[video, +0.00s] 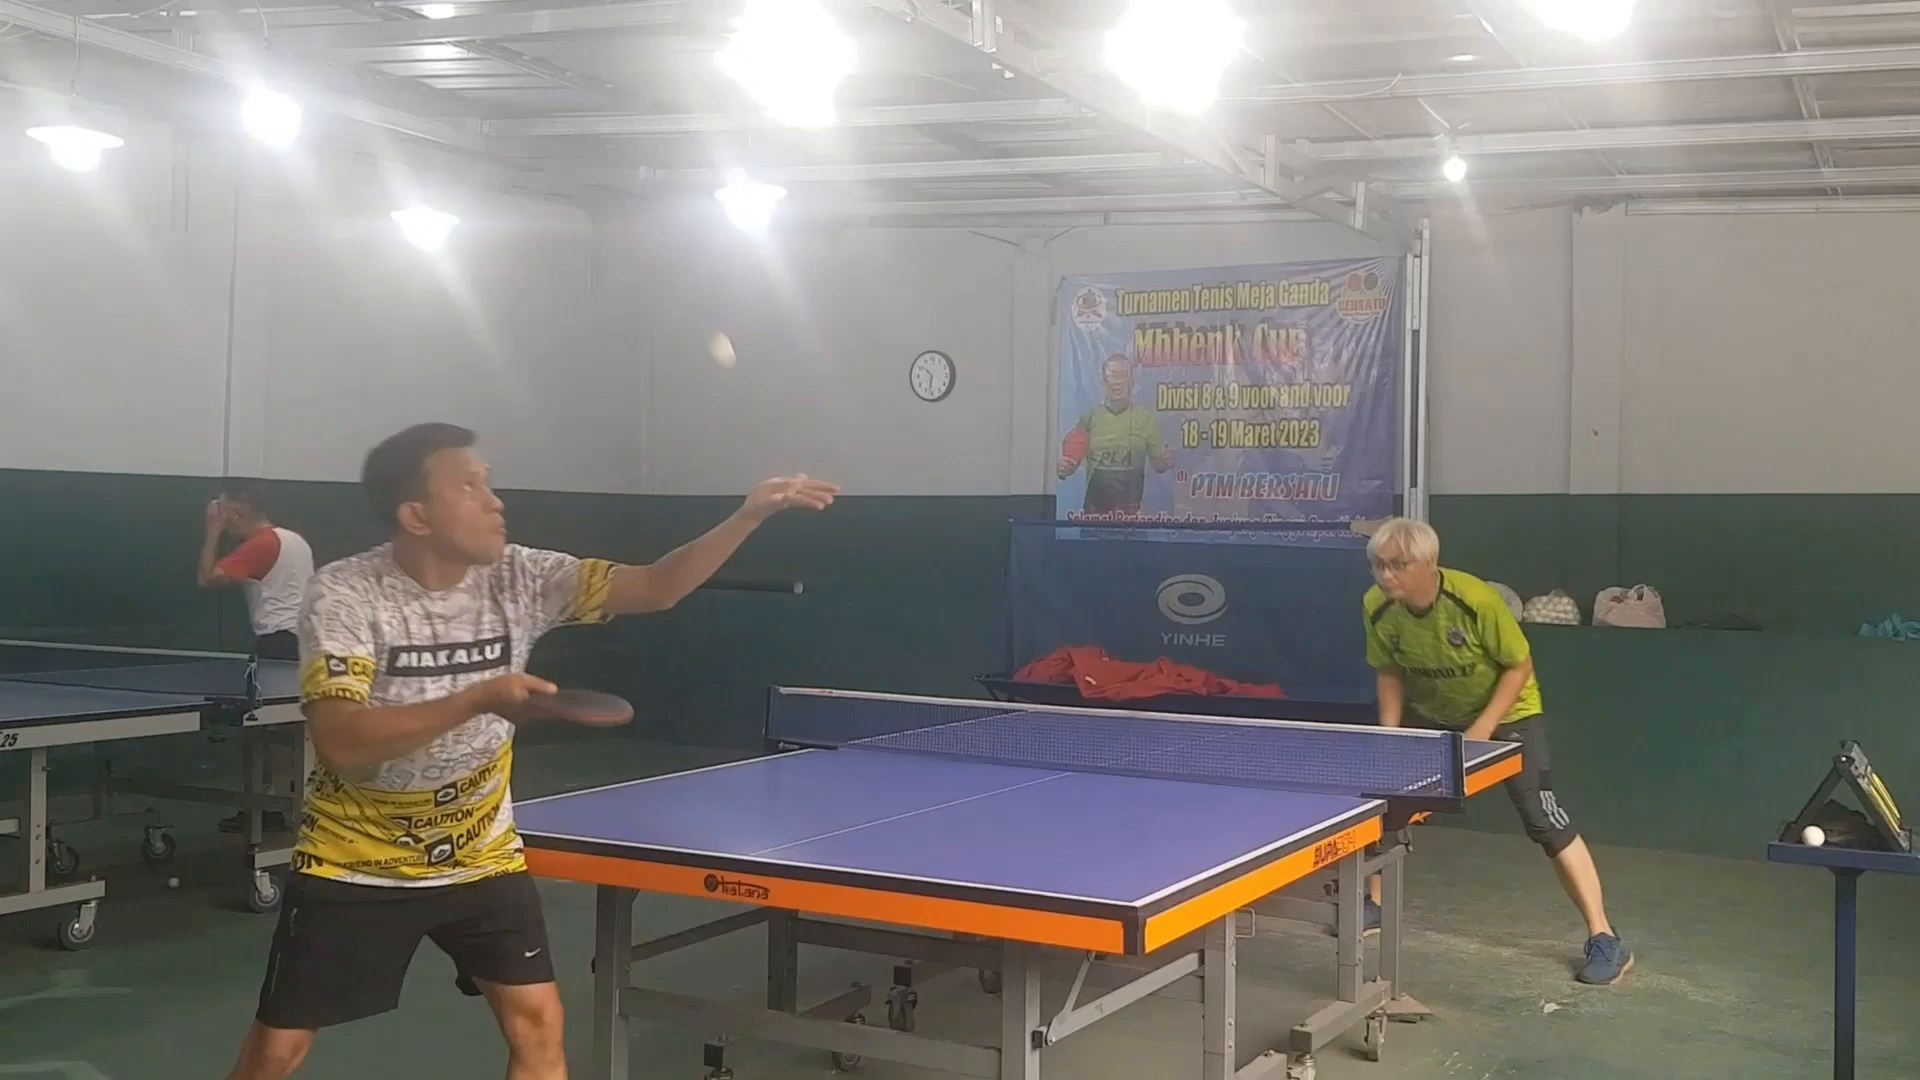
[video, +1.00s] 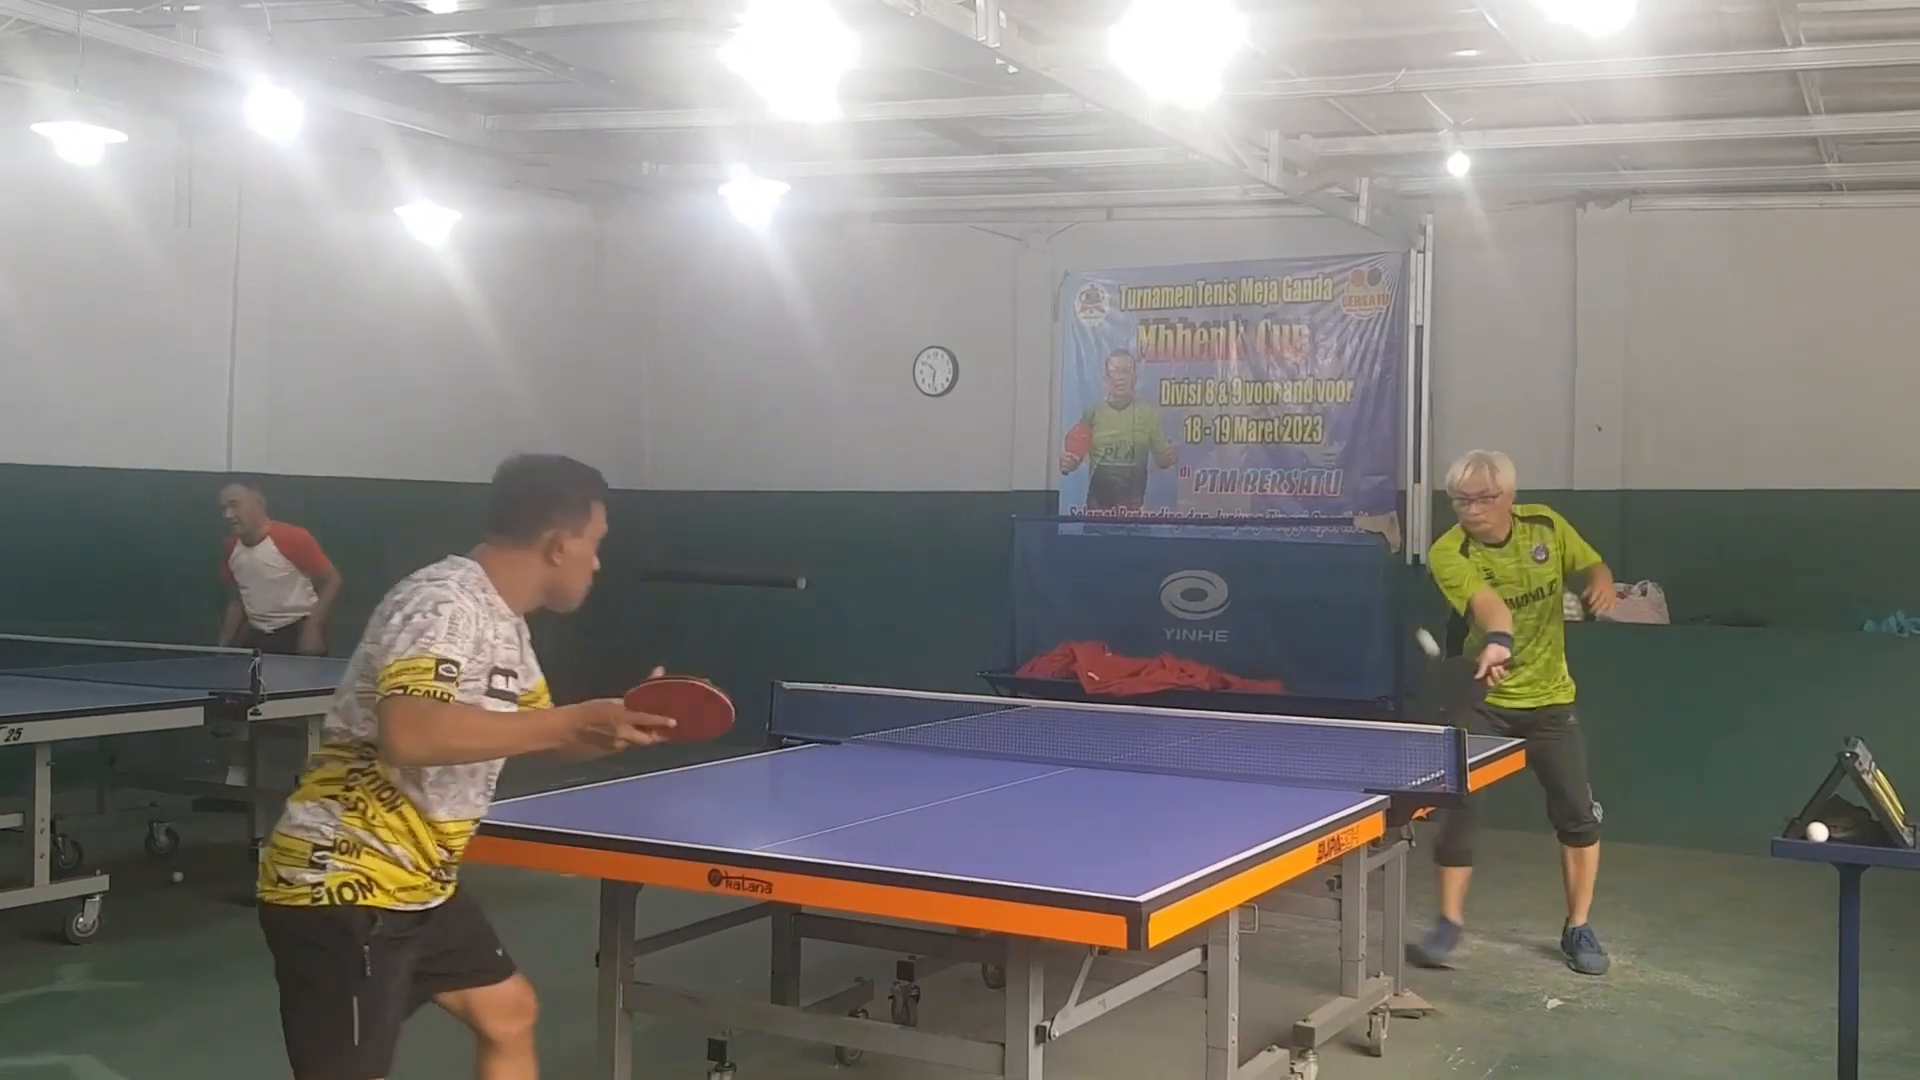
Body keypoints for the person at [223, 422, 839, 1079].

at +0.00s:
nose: (496, 498)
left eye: (490, 483)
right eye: (473, 487)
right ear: (413, 515)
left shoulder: (521, 578)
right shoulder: (347, 591)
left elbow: (654, 586)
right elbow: (339, 739)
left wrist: (753, 512)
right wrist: (476, 699)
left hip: (481, 853)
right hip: (355, 859)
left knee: (537, 1022)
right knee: (275, 1051)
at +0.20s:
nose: (449, 481)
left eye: (442, 465)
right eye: (424, 469)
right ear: (368, 503)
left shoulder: (481, 570)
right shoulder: (297, 577)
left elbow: (621, 597)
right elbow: (248, 710)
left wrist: (725, 561)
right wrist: (395, 698)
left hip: (436, 836)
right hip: (312, 848)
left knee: (518, 991)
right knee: (259, 1053)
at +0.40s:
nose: (518, 527)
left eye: (519, 509)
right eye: (498, 510)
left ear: (519, 515)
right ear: (437, 521)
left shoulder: (538, 590)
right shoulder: (370, 561)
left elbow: (674, 607)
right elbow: (208, 562)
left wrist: (745, 544)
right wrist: (356, 592)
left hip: (444, 835)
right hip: (329, 843)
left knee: (550, 969)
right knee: (262, 1049)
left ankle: (431, 1052)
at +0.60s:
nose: (686, 635)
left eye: (692, 619)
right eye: (683, 615)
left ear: (639, 610)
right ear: (638, 605)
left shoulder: (628, 681)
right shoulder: (513, 611)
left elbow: (711, 729)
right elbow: (380, 689)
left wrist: (718, 612)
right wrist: (473, 607)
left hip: (509, 895)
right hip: (407, 889)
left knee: (615, 1037)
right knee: (372, 1069)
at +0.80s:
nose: (671, 616)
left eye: (674, 600)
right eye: (670, 597)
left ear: (626, 590)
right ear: (630, 589)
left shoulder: (608, 672)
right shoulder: (495, 613)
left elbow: (678, 757)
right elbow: (407, 717)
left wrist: (726, 702)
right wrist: (531, 696)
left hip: (490, 887)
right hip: (397, 878)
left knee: (600, 1025)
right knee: (404, 1070)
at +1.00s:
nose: (598, 564)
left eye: (600, 548)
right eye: (595, 547)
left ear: (547, 545)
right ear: (557, 546)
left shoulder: (507, 626)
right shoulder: (442, 601)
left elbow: (538, 736)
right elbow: (409, 732)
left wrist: (623, 722)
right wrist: (562, 725)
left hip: (416, 885)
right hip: (338, 890)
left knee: (510, 1016)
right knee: (349, 1068)